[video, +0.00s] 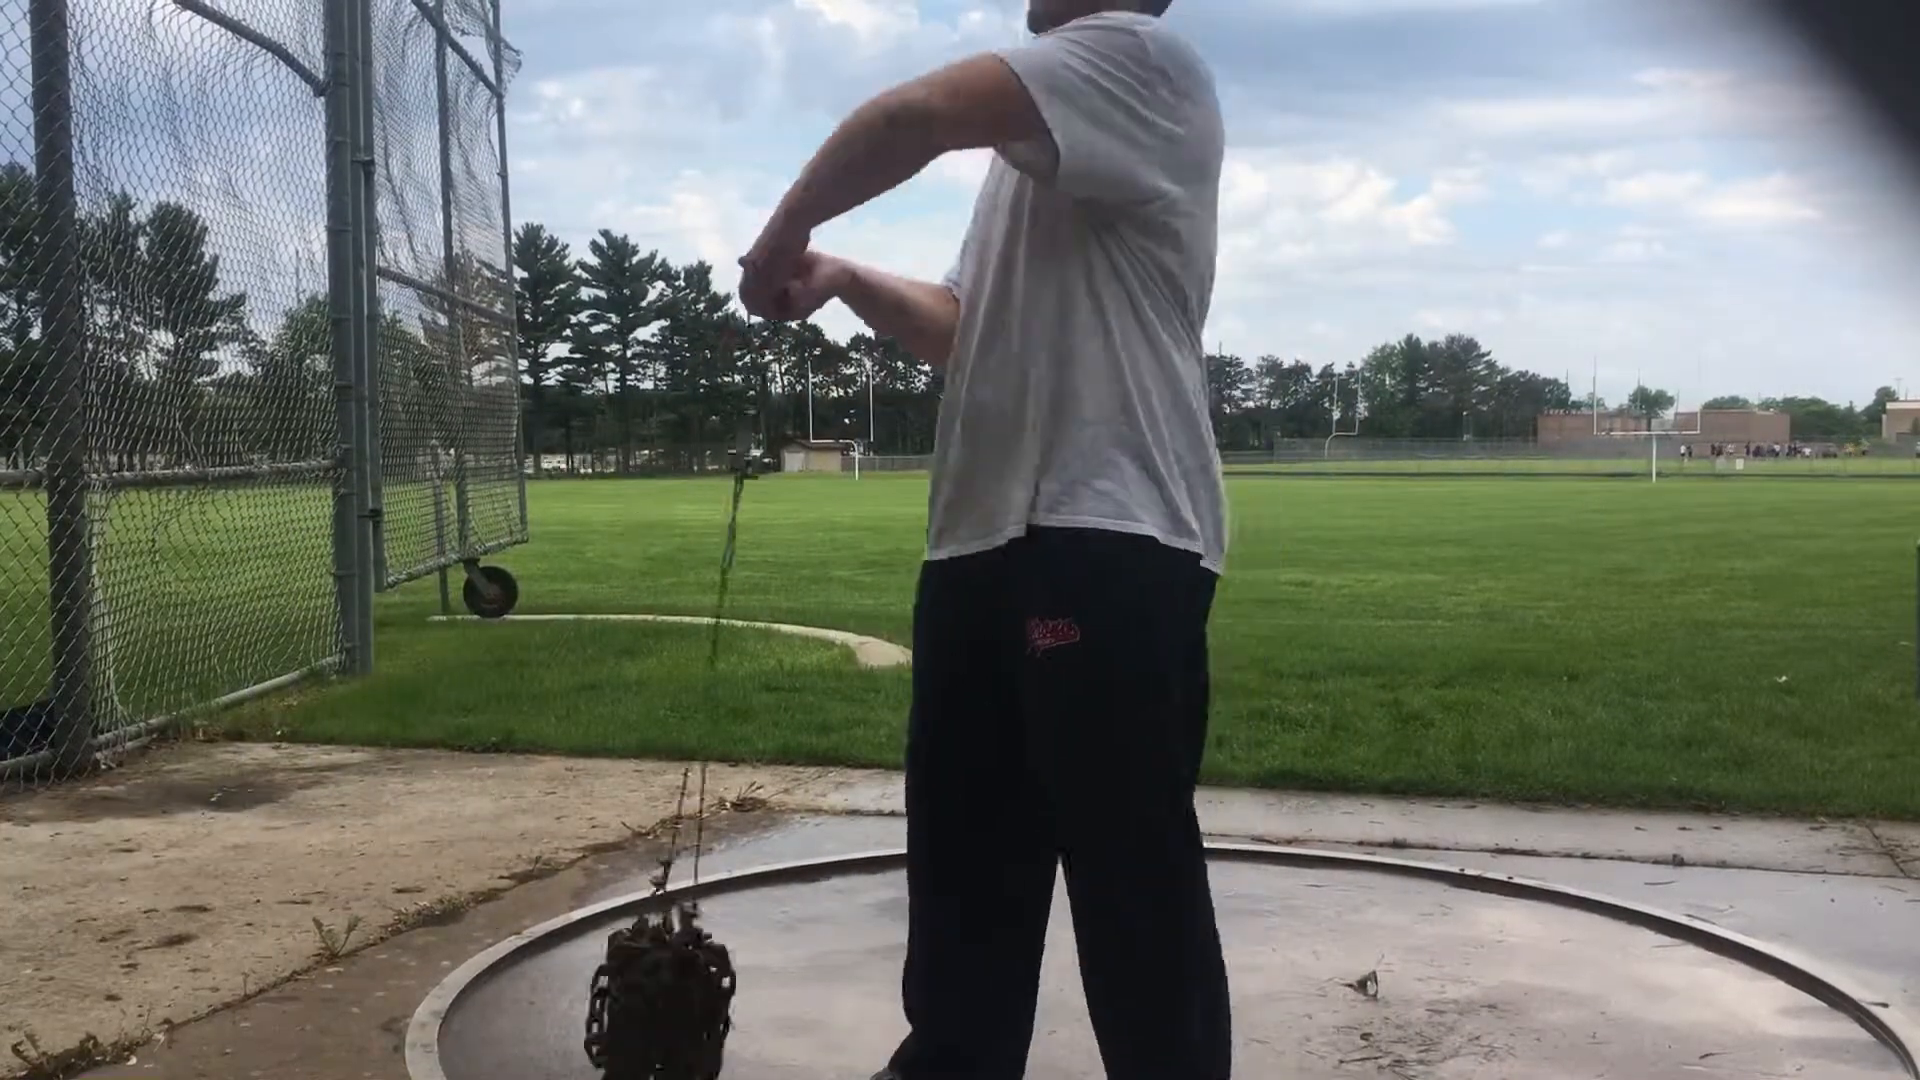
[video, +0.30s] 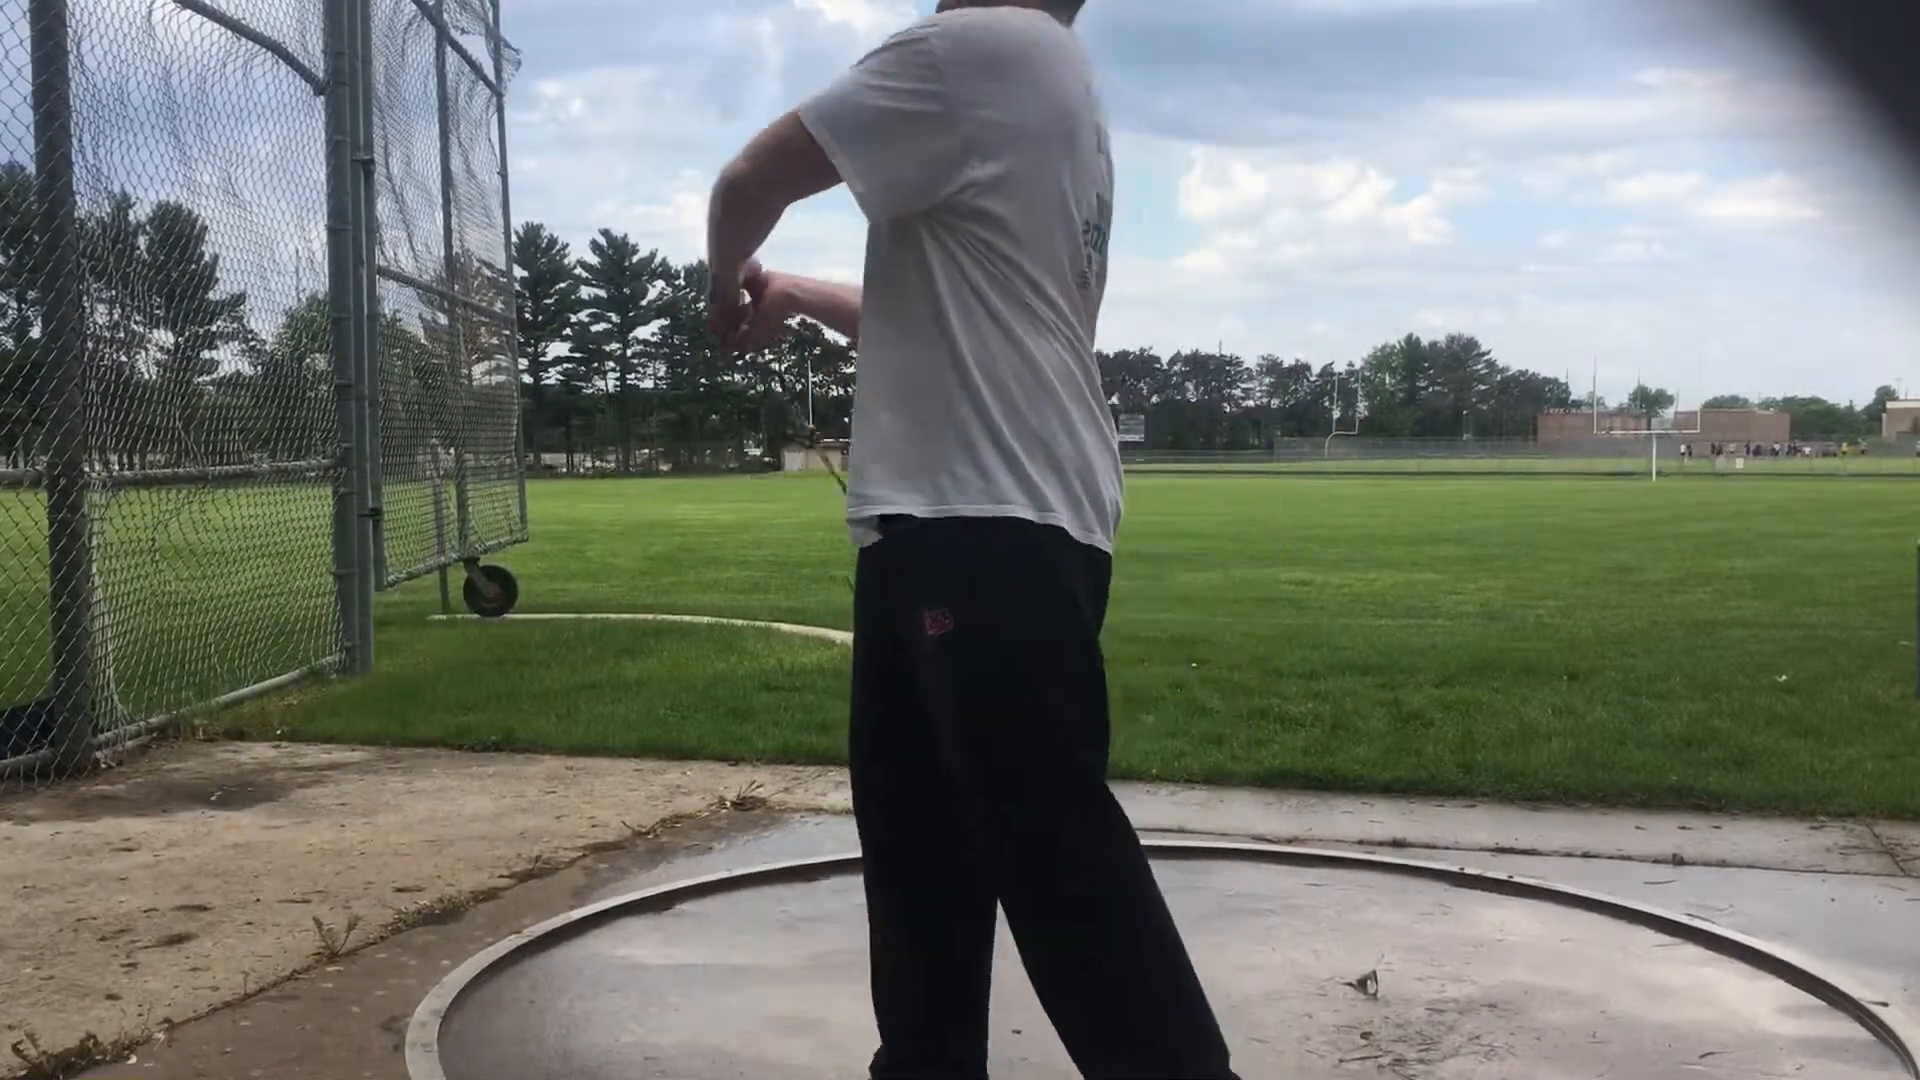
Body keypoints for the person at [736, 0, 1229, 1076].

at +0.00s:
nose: (1028, 3)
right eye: (1032, 6)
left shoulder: (1151, 60)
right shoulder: (1023, 146)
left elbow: (912, 115)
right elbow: (974, 337)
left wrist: (784, 232)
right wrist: (845, 275)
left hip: (1109, 519)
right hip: (976, 537)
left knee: (1129, 867)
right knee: (966, 858)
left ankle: (1169, 1067)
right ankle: (952, 1060)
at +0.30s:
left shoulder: (986, 42)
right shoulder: (1056, 94)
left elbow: (749, 180)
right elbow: (961, 323)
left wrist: (728, 277)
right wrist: (802, 296)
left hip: (987, 512)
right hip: (933, 514)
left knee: (1057, 849)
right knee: (920, 854)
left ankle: (1176, 1065)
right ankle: (925, 1064)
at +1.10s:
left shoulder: (1130, 81)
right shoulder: (985, 136)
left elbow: (913, 173)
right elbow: (883, 292)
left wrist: (705, 236)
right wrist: (753, 272)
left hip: (1094, 517)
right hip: (947, 537)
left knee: (1108, 868)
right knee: (920, 873)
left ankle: (1169, 1073)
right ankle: (921, 1070)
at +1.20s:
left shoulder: (1202, 93)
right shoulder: (1004, 111)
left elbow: (1048, 184)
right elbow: (916, 279)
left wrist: (817, 249)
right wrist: (832, 293)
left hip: (1138, 526)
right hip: (973, 533)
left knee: (1142, 891)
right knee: (930, 894)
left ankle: (1185, 1074)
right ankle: (918, 1072)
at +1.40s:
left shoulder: (1289, 106)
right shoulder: (1049, 98)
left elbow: (1208, 229)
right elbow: (968, 226)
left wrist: (996, 300)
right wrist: (939, 316)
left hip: (1201, 524)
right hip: (1027, 522)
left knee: (1189, 875)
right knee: (963, 864)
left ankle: (1197, 1070)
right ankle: (926, 1066)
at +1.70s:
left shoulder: (1305, 115)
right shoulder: (1072, 71)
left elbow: (1261, 227)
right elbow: (991, 127)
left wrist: (1088, 200)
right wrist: (994, 180)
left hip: (1196, 542)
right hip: (1014, 525)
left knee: (1203, 882)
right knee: (940, 849)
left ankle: (1204, 1069)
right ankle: (914, 1066)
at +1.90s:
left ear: (1209, 4)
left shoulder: (1239, 130)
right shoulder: (1007, 77)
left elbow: (1132, 228)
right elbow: (948, 15)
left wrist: (1052, 69)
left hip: (1147, 535)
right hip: (970, 525)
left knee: (1183, 894)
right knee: (925, 889)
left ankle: (1201, 1068)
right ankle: (926, 1068)